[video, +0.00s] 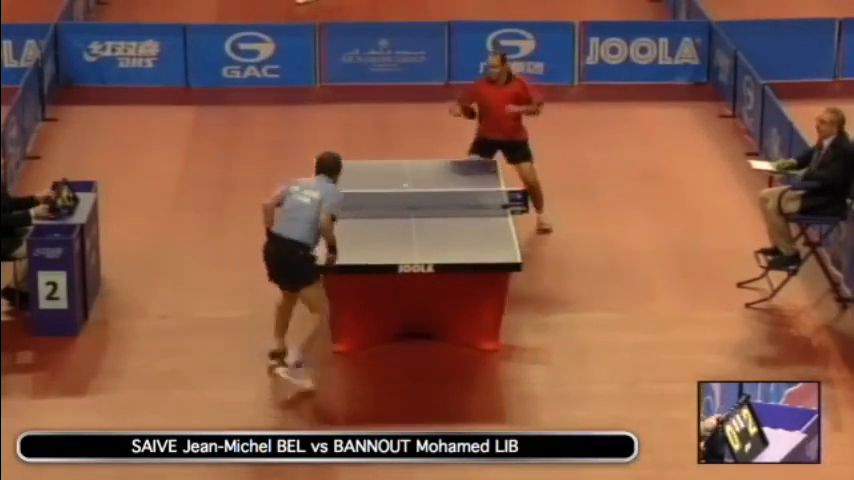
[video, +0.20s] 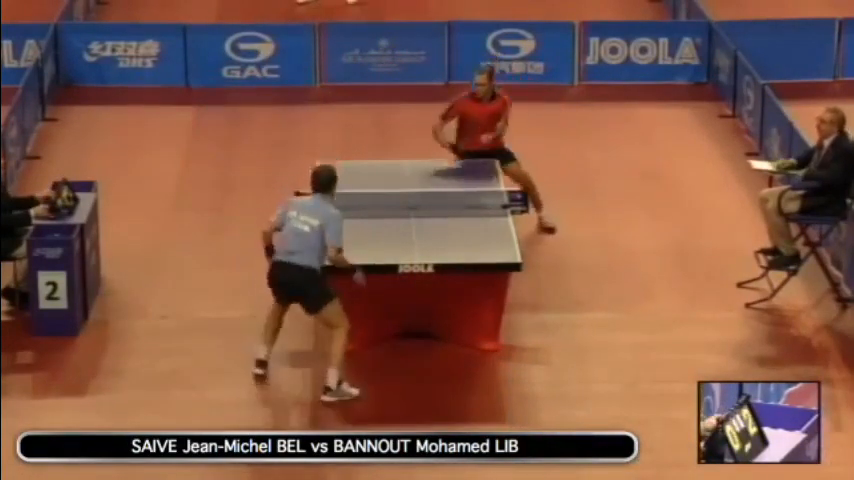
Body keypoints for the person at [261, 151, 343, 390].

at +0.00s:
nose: (339, 177)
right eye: (339, 173)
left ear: (316, 169)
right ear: (337, 173)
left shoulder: (297, 184)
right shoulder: (333, 192)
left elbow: (268, 205)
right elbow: (324, 222)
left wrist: (271, 234)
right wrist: (332, 249)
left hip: (274, 247)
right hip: (296, 251)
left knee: (289, 295)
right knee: (322, 311)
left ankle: (277, 345)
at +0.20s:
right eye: (335, 184)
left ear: (312, 184)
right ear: (334, 187)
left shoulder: (294, 204)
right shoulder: (332, 214)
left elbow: (268, 230)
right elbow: (334, 255)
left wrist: (270, 253)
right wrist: (352, 268)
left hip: (279, 269)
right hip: (307, 275)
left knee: (280, 305)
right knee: (340, 324)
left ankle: (262, 357)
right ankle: (333, 383)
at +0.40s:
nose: (329, 183)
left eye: (325, 177)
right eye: (329, 179)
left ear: (307, 176)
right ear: (327, 183)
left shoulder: (290, 191)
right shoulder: (315, 214)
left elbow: (266, 213)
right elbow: (310, 257)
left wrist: (288, 223)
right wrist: (336, 272)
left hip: (256, 254)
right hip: (277, 267)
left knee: (255, 295)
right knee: (315, 312)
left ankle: (224, 341)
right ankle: (315, 375)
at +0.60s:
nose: (312, 212)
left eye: (312, 208)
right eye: (310, 208)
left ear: (292, 206)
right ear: (301, 211)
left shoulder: (283, 224)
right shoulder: (275, 231)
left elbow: (272, 244)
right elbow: (236, 258)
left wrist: (286, 252)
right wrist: (234, 294)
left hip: (248, 286)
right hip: (255, 290)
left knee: (217, 316)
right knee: (299, 319)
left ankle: (175, 341)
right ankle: (302, 377)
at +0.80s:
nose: (251, 215)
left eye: (252, 211)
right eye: (251, 210)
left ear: (236, 205)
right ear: (244, 209)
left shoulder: (233, 225)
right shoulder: (216, 225)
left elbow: (233, 249)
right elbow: (184, 246)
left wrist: (249, 260)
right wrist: (202, 257)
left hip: (221, 286)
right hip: (225, 288)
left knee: (209, 320)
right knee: (275, 322)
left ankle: (161, 343)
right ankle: (297, 376)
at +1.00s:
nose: (223, 187)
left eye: (221, 182)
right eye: (220, 183)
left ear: (200, 186)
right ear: (213, 186)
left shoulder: (199, 210)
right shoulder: (210, 210)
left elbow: (229, 235)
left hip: (204, 280)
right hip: (223, 280)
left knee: (199, 309)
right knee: (282, 300)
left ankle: (158, 342)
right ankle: (282, 357)